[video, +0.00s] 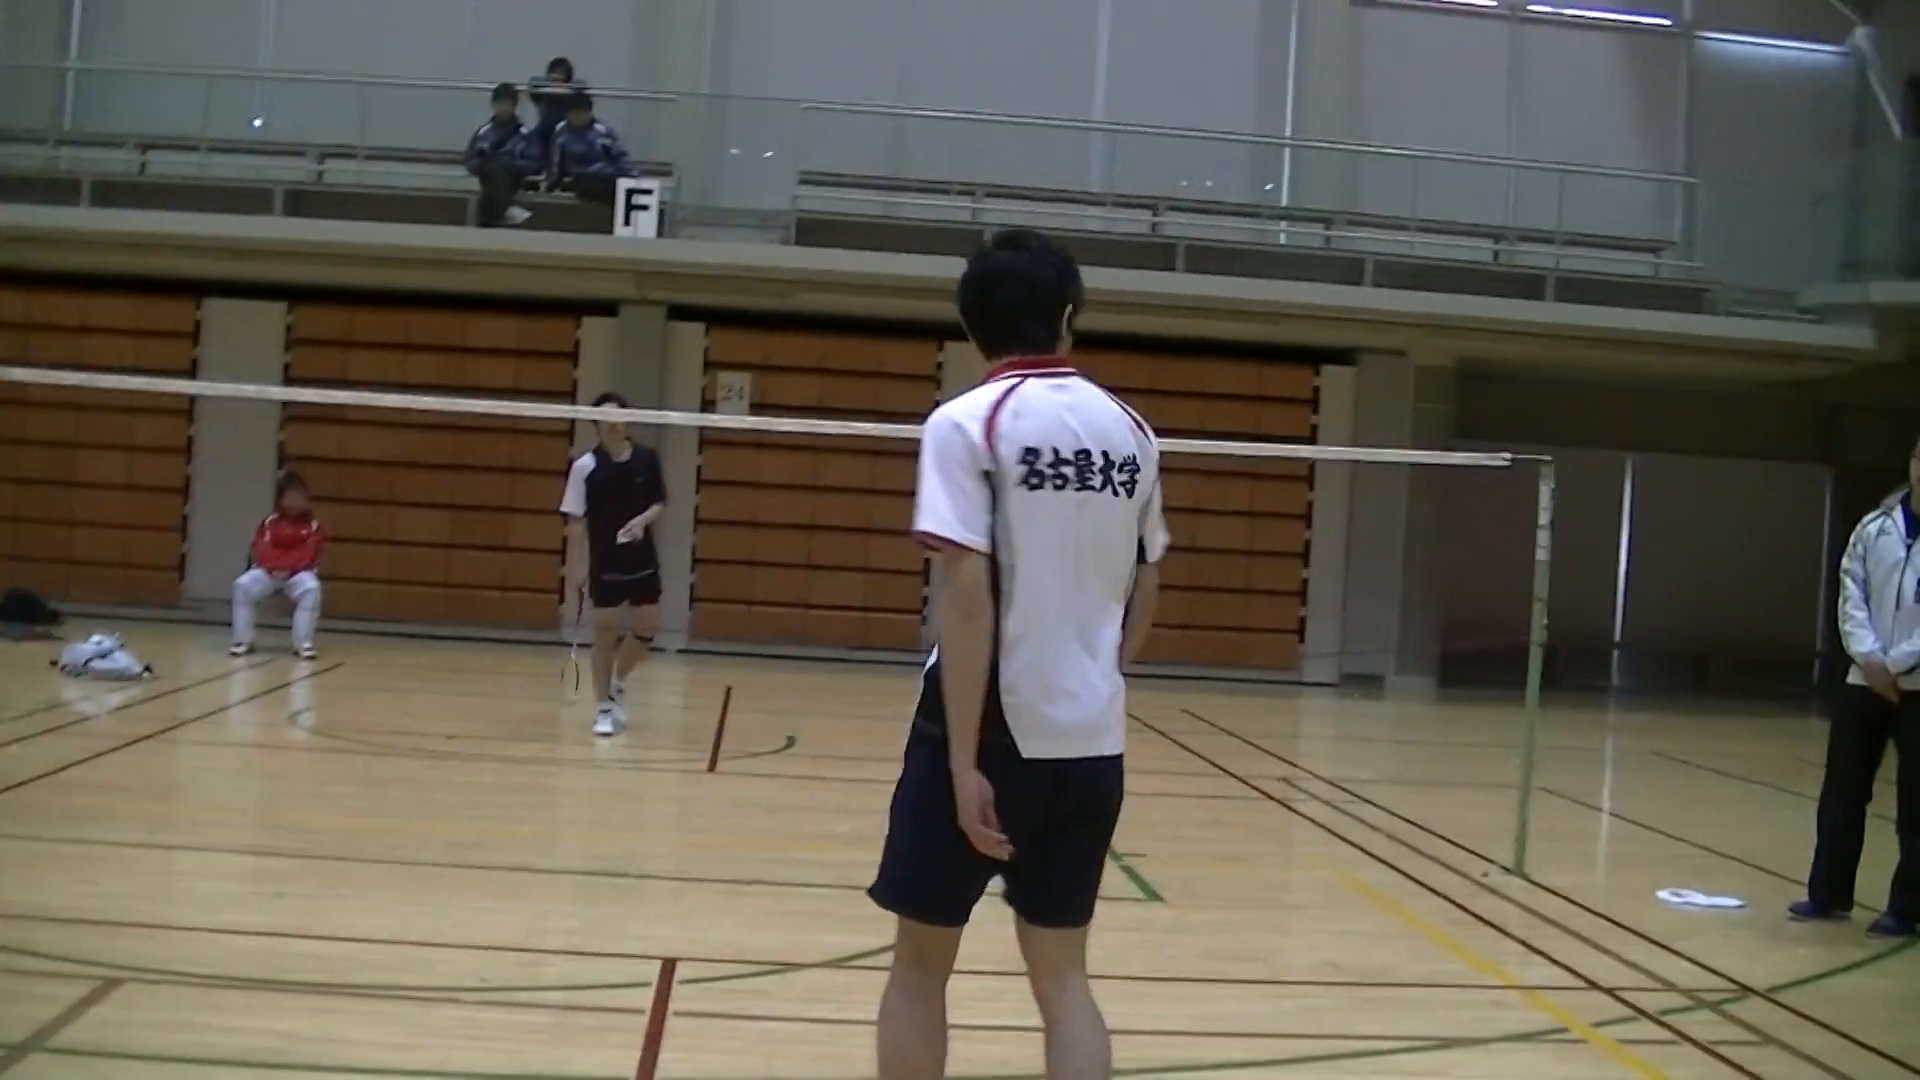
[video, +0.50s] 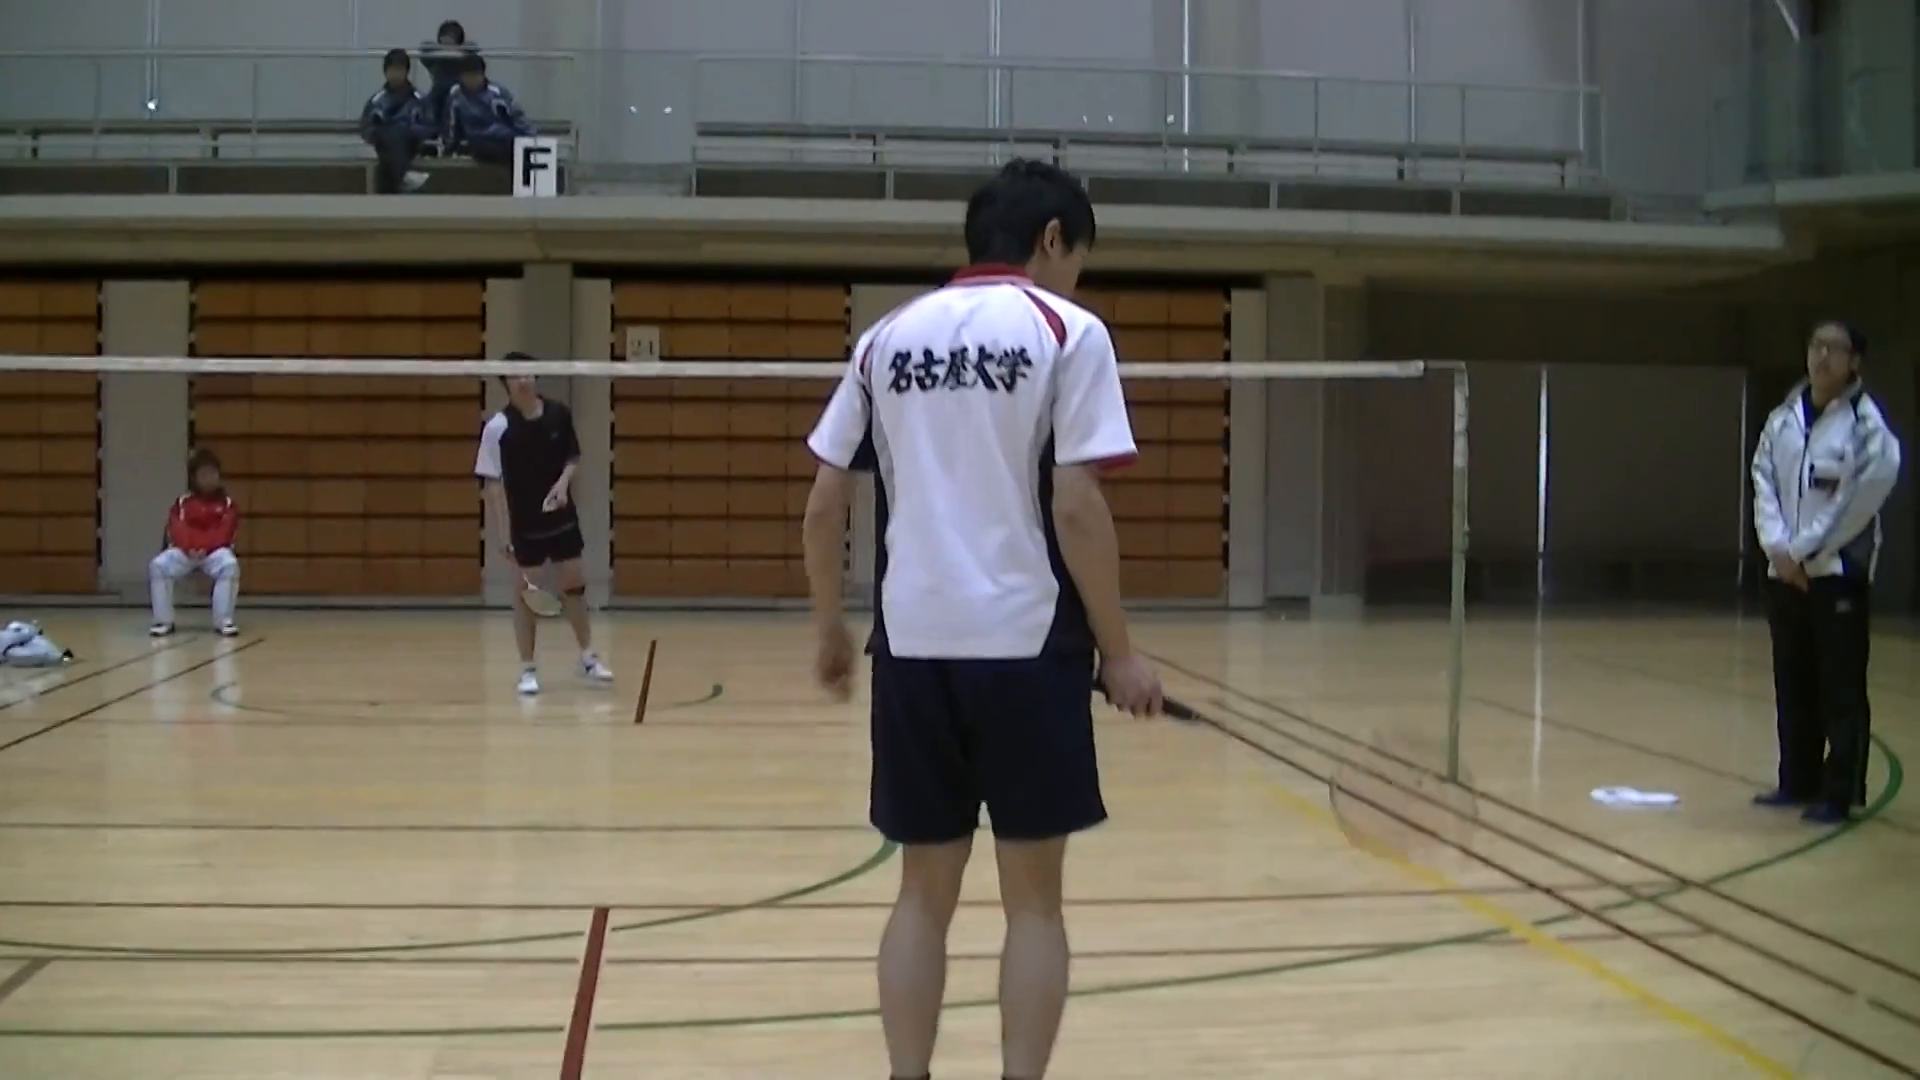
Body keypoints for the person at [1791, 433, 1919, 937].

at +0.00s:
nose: (1919, 469)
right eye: (1917, 460)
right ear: (1909, 467)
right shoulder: (1873, 528)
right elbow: (1850, 598)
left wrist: (1896, 665)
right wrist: (1868, 658)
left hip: (1916, 688)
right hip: (1866, 681)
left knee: (1913, 807)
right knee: (1842, 790)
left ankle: (1906, 909)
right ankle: (1830, 894)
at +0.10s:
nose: (1908, 469)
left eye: (1916, 462)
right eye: (1903, 460)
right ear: (1890, 468)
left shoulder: (1918, 538)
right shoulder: (1853, 530)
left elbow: (1915, 624)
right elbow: (1830, 597)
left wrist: (1874, 667)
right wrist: (1846, 659)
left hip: (1903, 692)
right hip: (1846, 685)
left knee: (1900, 808)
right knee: (1829, 793)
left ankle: (1890, 911)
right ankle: (1818, 894)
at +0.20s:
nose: (1885, 471)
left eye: (1897, 465)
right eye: (1880, 462)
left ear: (1915, 479)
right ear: (1868, 469)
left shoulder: (1914, 543)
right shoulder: (1833, 528)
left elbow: (1908, 621)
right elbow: (1809, 594)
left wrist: (1852, 667)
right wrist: (1824, 657)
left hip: (1884, 692)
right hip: (1826, 686)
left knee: (1879, 807)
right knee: (1815, 795)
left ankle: (1871, 910)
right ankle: (1811, 892)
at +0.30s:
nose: (1858, 443)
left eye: (1870, 436)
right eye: (1854, 433)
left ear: (1893, 449)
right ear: (1844, 440)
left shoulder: (1905, 515)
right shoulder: (1813, 499)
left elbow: (1892, 592)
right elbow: (1788, 564)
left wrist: (1830, 638)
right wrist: (1802, 629)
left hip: (1862, 662)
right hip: (1805, 656)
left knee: (1861, 776)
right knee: (1805, 767)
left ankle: (1855, 881)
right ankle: (1807, 865)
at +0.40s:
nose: (1837, 407)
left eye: (1850, 400)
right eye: (1832, 397)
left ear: (1871, 413)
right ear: (1822, 404)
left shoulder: (1884, 480)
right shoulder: (1794, 464)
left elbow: (1872, 554)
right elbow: (1769, 529)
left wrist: (1815, 600)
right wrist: (1786, 595)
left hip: (1846, 626)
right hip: (1790, 621)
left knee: (1846, 739)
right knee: (1795, 732)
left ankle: (1843, 844)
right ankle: (1798, 831)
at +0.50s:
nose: (1822, 357)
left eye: (1834, 349)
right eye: (1816, 347)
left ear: (1854, 362)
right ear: (1805, 355)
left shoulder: (1871, 428)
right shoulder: (1782, 417)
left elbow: (1861, 504)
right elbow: (1761, 484)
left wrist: (1808, 551)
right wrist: (1778, 550)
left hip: (1839, 574)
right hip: (1785, 571)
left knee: (1841, 688)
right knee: (1793, 683)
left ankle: (1839, 795)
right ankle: (1797, 783)